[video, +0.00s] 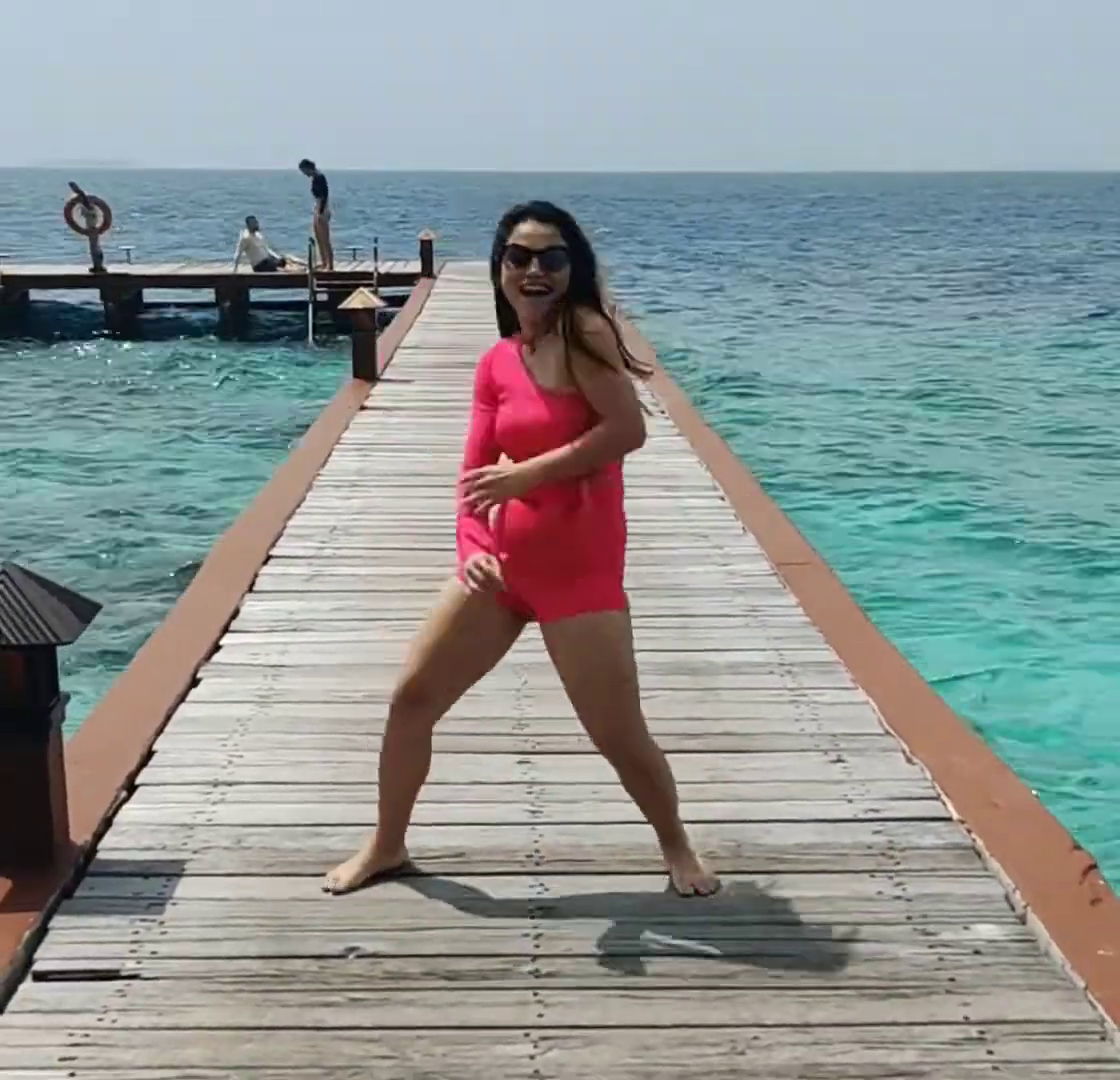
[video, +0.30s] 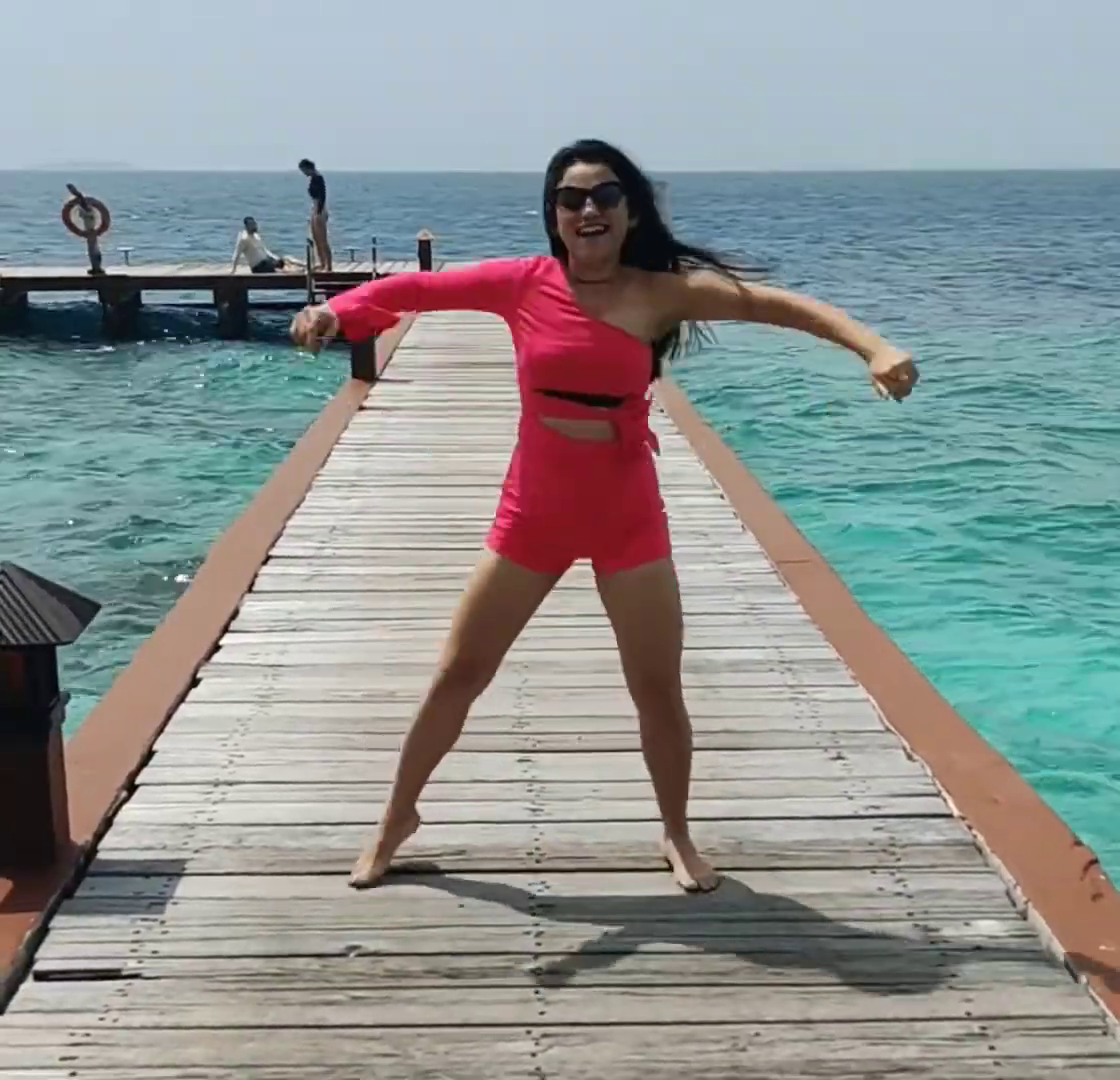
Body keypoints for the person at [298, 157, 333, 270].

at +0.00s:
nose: (305, 174)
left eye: (305, 171)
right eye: (303, 171)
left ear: (309, 168)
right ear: (308, 169)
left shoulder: (319, 178)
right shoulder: (315, 178)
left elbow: (323, 196)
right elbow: (318, 196)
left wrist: (320, 212)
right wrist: (317, 211)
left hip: (322, 210)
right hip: (317, 209)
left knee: (324, 238)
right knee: (319, 238)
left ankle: (329, 265)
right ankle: (323, 263)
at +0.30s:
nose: (304, 173)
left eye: (304, 170)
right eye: (303, 171)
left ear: (309, 168)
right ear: (307, 169)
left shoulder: (317, 179)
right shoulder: (313, 179)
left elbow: (321, 197)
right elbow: (315, 197)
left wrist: (318, 212)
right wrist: (313, 212)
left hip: (319, 211)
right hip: (314, 210)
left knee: (322, 239)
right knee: (316, 239)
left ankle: (328, 266)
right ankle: (322, 264)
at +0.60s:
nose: (305, 173)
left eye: (306, 170)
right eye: (304, 170)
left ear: (310, 168)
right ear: (309, 169)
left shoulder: (318, 180)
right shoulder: (314, 180)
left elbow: (320, 197)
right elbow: (315, 199)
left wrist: (320, 213)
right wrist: (312, 215)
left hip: (319, 213)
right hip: (314, 212)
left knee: (321, 240)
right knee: (316, 240)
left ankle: (327, 266)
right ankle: (321, 265)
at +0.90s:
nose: (306, 173)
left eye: (307, 170)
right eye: (305, 171)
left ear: (311, 169)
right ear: (311, 169)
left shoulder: (319, 180)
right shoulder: (315, 180)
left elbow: (320, 199)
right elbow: (315, 200)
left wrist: (319, 213)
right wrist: (311, 216)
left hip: (318, 213)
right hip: (313, 212)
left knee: (321, 241)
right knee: (316, 241)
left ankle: (328, 267)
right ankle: (322, 265)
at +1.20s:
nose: (306, 172)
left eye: (307, 170)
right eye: (306, 170)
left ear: (311, 169)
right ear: (313, 168)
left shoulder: (319, 181)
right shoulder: (315, 180)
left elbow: (320, 198)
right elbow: (316, 198)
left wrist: (317, 214)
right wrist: (312, 213)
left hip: (318, 213)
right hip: (313, 212)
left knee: (321, 241)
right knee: (316, 241)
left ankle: (328, 267)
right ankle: (322, 265)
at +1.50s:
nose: (307, 173)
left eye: (308, 170)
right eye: (307, 170)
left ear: (311, 170)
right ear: (314, 168)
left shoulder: (318, 181)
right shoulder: (316, 181)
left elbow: (319, 199)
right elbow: (316, 198)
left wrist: (316, 214)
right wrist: (313, 212)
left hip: (317, 214)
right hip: (312, 213)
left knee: (320, 243)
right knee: (316, 243)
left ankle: (327, 268)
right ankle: (322, 266)